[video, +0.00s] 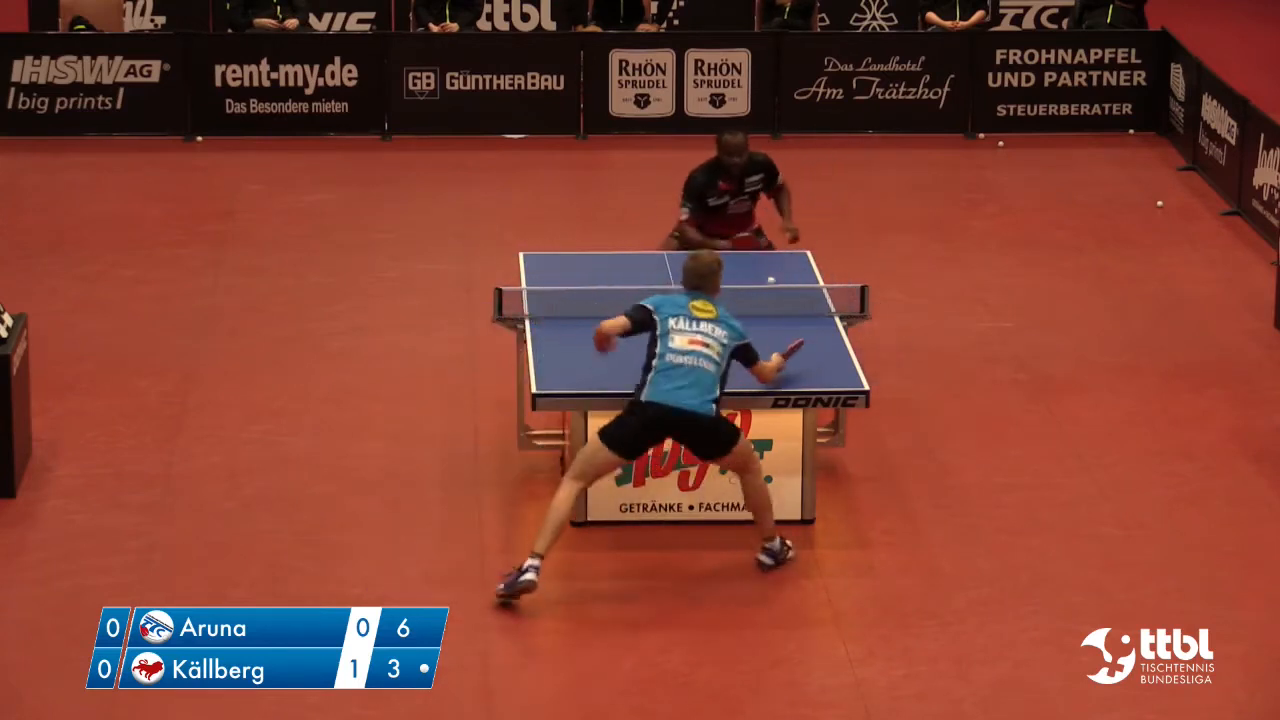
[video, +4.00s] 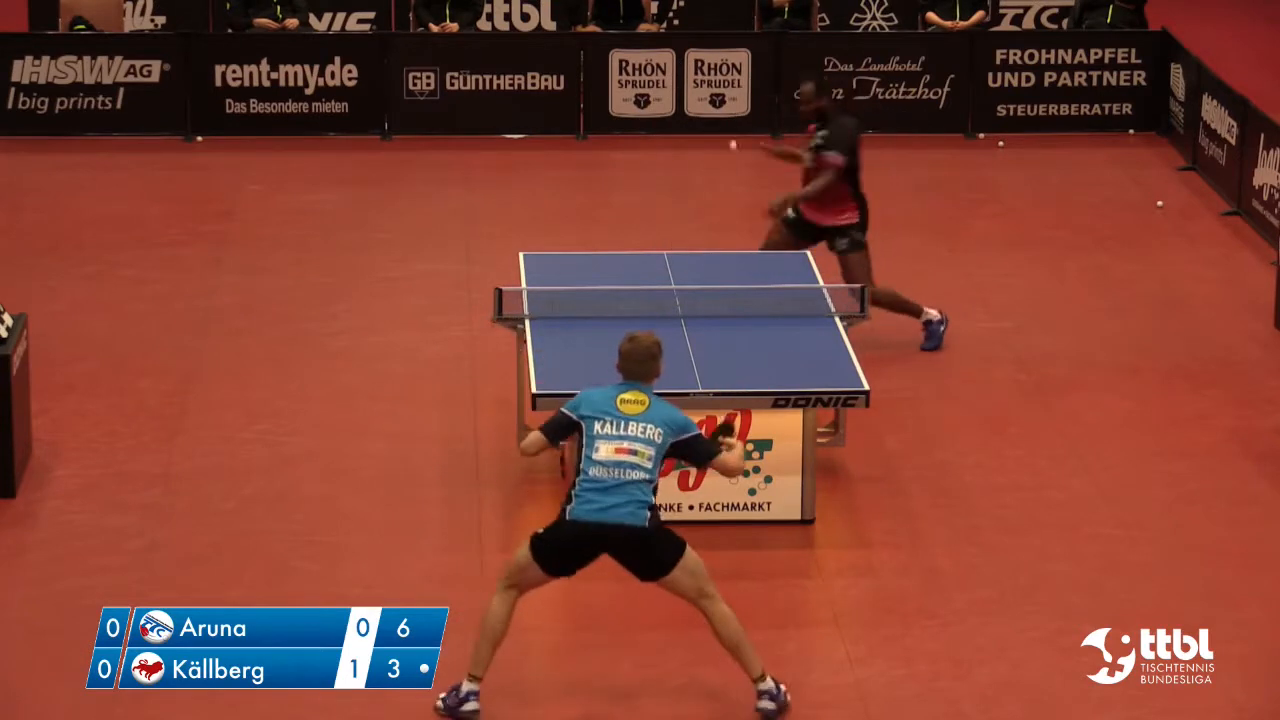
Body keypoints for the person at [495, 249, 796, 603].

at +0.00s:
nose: (720, 282)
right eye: (720, 278)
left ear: (683, 280)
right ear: (718, 286)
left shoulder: (661, 305)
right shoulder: (730, 326)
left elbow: (609, 328)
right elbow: (764, 375)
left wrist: (602, 339)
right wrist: (779, 362)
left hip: (650, 410)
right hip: (699, 417)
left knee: (574, 480)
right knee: (749, 466)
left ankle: (531, 565)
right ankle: (771, 545)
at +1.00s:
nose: (501, 352)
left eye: (502, 348)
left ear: (505, 354)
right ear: (540, 348)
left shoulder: (502, 383)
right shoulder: (573, 389)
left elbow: (457, 419)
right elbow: (590, 389)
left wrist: (479, 371)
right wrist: (568, 354)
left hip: (501, 505)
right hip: (558, 509)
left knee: (431, 507)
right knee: (632, 485)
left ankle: (408, 595)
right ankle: (619, 584)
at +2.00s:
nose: (692, 343)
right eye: (693, 338)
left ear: (653, 334)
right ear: (690, 345)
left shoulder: (619, 359)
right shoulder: (679, 386)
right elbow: (686, 466)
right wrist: (737, 499)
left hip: (561, 463)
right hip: (609, 474)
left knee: (511, 505)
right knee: (696, 528)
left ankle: (499, 599)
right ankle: (720, 631)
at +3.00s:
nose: (510, 343)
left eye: (509, 337)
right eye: (509, 339)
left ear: (467, 342)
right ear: (504, 344)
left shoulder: (437, 383)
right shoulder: (519, 392)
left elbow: (402, 446)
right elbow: (576, 433)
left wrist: (425, 429)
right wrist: (577, 390)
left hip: (436, 505)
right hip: (492, 509)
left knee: (383, 551)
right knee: (565, 562)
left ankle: (346, 637)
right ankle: (585, 665)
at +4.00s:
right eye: (658, 364)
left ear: (618, 367)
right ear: (658, 371)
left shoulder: (587, 401)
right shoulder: (671, 418)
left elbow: (528, 447)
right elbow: (732, 467)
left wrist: (552, 431)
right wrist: (732, 446)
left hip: (579, 525)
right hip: (636, 530)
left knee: (509, 586)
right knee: (707, 598)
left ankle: (469, 689)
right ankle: (765, 687)